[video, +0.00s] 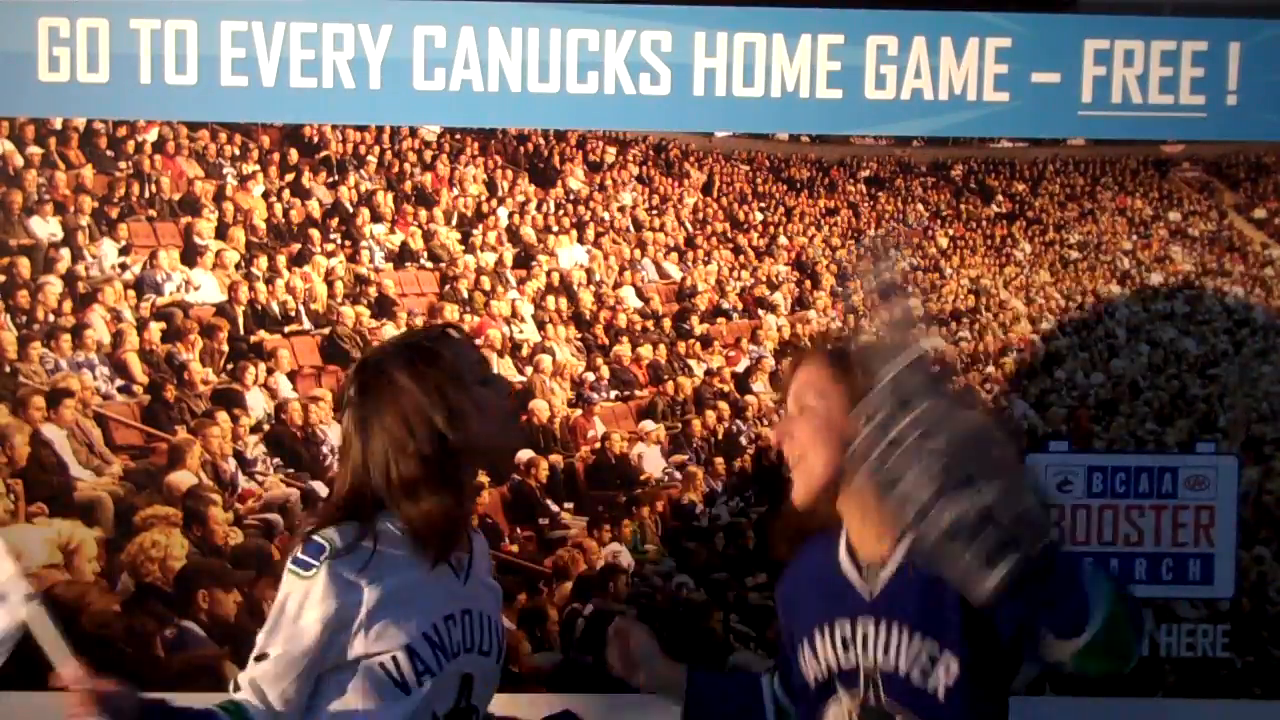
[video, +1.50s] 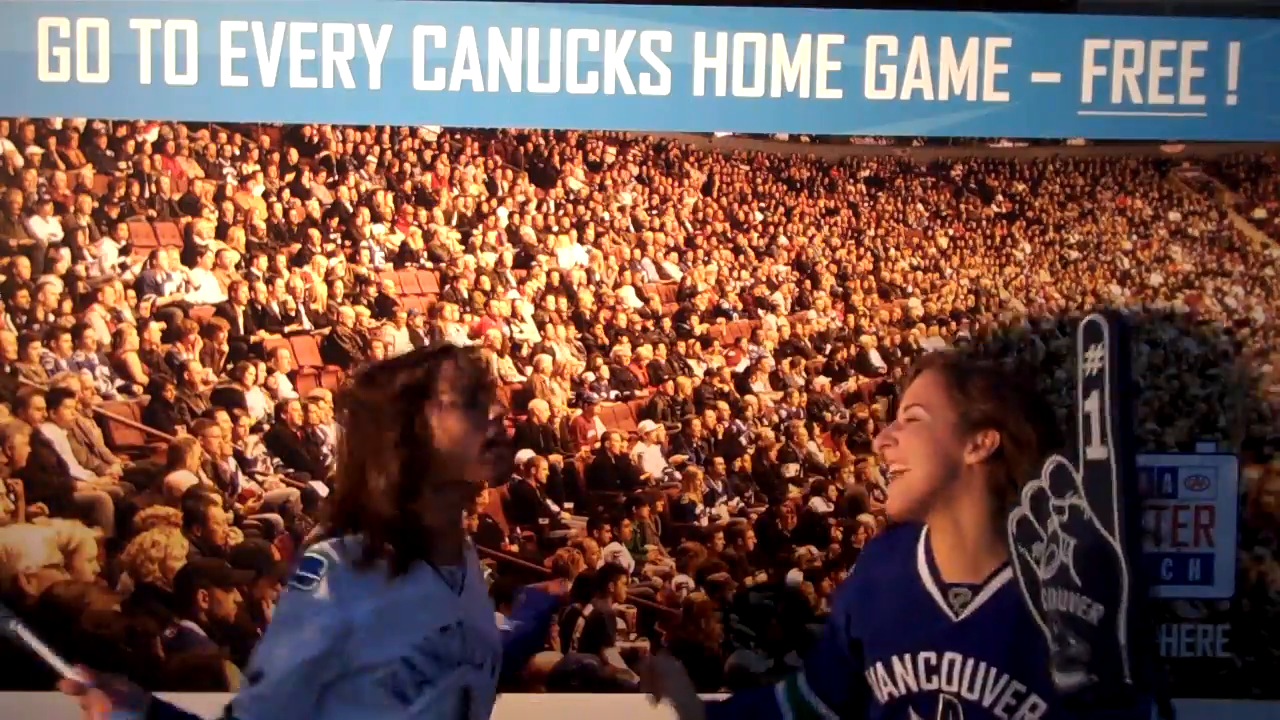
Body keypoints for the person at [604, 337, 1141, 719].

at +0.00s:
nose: (776, 435)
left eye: (800, 410)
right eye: (783, 412)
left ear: (876, 427)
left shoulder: (978, 569)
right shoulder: (805, 579)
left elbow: (1117, 652)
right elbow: (795, 705)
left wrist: (1032, 558)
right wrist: (670, 679)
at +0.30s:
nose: (749, 416)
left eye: (776, 409)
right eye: (762, 403)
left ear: (843, 457)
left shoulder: (921, 590)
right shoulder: (770, 571)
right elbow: (752, 694)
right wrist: (637, 604)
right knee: (569, 710)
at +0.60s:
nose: (720, 439)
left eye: (751, 425)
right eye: (726, 424)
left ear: (813, 460)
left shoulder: (904, 586)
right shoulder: (773, 601)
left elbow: (983, 701)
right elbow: (794, 713)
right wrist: (674, 708)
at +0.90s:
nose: (804, 392)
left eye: (830, 379)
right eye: (793, 386)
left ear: (891, 409)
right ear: (784, 429)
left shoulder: (962, 539)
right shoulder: (790, 552)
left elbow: (1076, 688)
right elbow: (780, 666)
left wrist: (1068, 590)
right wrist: (666, 624)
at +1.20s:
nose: (871, 420)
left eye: (902, 403)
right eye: (871, 406)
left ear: (970, 432)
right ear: (864, 422)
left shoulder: (1030, 572)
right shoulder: (843, 540)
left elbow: (1057, 709)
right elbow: (778, 676)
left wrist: (1086, 646)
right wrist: (652, 652)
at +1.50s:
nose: (884, 441)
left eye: (912, 420)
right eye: (894, 423)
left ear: (980, 445)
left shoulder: (1067, 584)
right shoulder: (881, 567)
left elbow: (1115, 710)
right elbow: (817, 697)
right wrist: (701, 710)